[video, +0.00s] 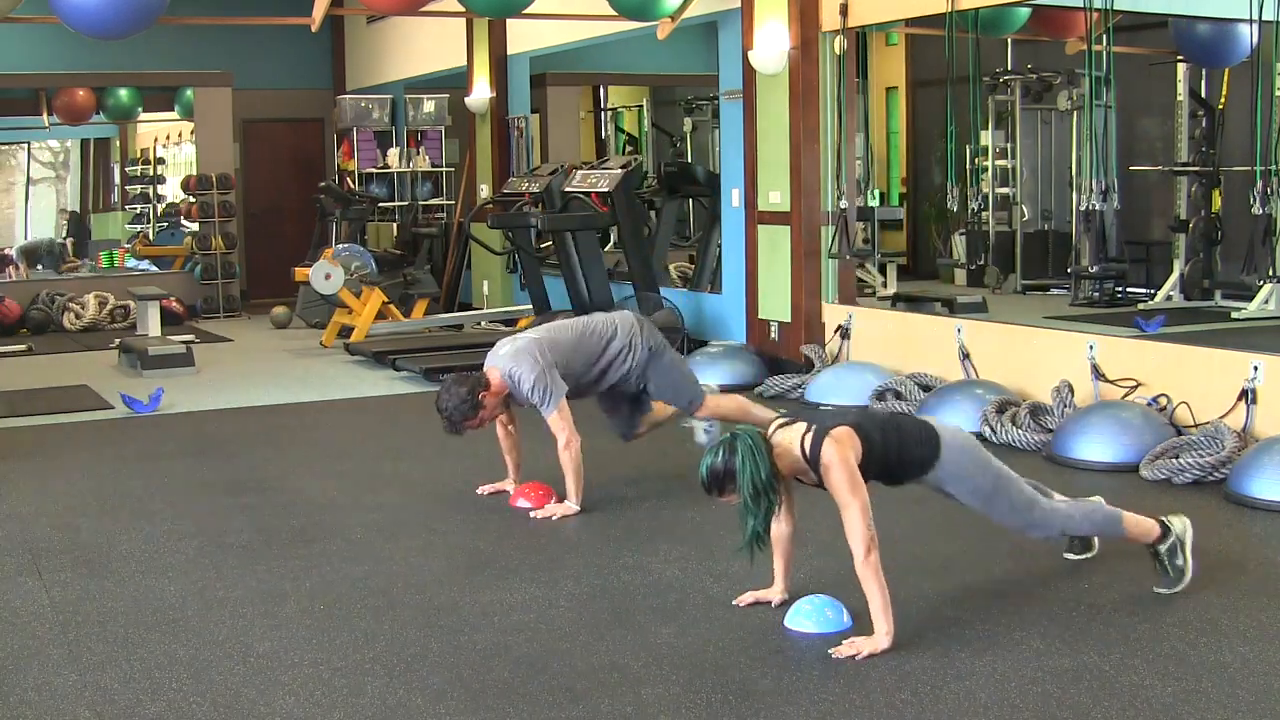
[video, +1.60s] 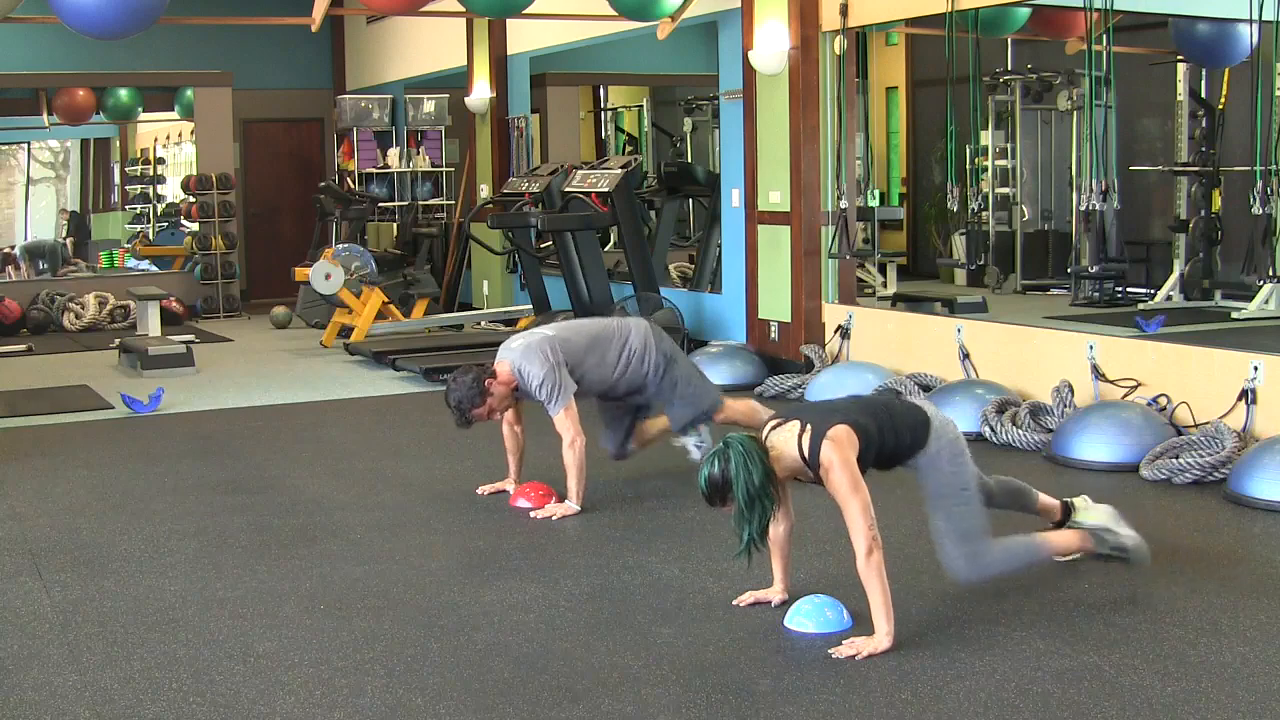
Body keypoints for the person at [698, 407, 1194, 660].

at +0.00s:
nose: (740, 502)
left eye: (736, 495)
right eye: (732, 497)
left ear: (749, 473)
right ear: (743, 458)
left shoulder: (830, 452)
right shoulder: (769, 445)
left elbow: (866, 549)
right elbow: (780, 517)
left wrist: (883, 633)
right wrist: (779, 587)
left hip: (942, 451)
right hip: (918, 446)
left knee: (1042, 513)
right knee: (1012, 496)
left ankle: (1162, 532)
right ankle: (1077, 526)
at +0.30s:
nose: (739, 507)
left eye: (735, 499)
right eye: (729, 502)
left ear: (748, 477)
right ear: (748, 461)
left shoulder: (827, 455)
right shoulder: (776, 451)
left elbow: (864, 551)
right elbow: (786, 521)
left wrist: (882, 634)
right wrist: (780, 588)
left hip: (959, 444)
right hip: (925, 458)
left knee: (1050, 504)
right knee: (968, 530)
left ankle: (1165, 538)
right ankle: (1057, 521)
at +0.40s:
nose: (736, 504)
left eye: (732, 496)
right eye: (727, 499)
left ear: (746, 473)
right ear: (741, 463)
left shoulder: (823, 454)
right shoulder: (774, 449)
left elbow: (863, 549)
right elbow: (785, 520)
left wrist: (882, 634)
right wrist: (780, 587)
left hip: (954, 429)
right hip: (915, 455)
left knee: (1049, 497)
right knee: (915, 554)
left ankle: (1160, 539)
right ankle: (998, 509)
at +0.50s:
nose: (735, 498)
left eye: (733, 489)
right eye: (727, 492)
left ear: (746, 471)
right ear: (747, 452)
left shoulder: (824, 452)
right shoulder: (774, 446)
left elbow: (862, 548)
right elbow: (784, 516)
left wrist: (882, 633)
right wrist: (779, 586)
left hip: (950, 437)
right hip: (899, 462)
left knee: (1045, 505)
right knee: (879, 556)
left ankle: (1161, 542)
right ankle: (948, 511)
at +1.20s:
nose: (754, 504)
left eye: (750, 493)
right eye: (745, 498)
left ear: (761, 473)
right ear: (752, 457)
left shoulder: (829, 451)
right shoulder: (779, 444)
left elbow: (867, 547)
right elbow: (787, 518)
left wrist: (883, 633)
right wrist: (780, 587)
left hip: (961, 427)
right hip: (922, 444)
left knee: (1049, 495)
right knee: (937, 530)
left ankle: (1156, 537)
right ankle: (1007, 487)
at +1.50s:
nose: (740, 504)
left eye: (739, 497)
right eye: (732, 500)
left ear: (752, 474)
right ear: (747, 449)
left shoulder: (828, 454)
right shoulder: (766, 441)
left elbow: (869, 547)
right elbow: (780, 514)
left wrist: (882, 634)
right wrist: (780, 586)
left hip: (937, 458)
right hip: (909, 459)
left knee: (1024, 539)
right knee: (997, 505)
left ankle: (1151, 535)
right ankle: (1070, 509)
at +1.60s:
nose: (744, 508)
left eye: (742, 498)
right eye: (735, 503)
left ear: (756, 476)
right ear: (741, 459)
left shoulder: (828, 451)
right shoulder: (766, 440)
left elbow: (867, 545)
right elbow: (776, 514)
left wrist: (883, 633)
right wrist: (779, 585)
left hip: (933, 436)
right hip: (905, 425)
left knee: (969, 561)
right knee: (978, 488)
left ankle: (1093, 535)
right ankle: (1069, 511)